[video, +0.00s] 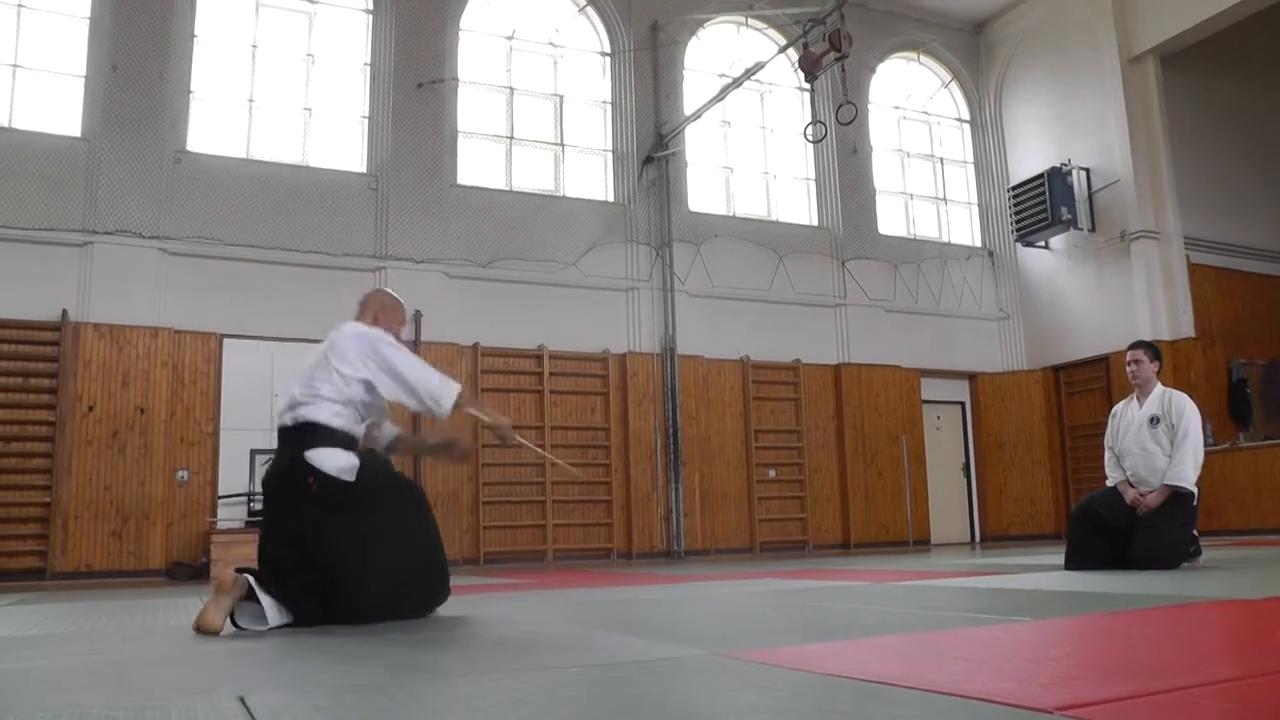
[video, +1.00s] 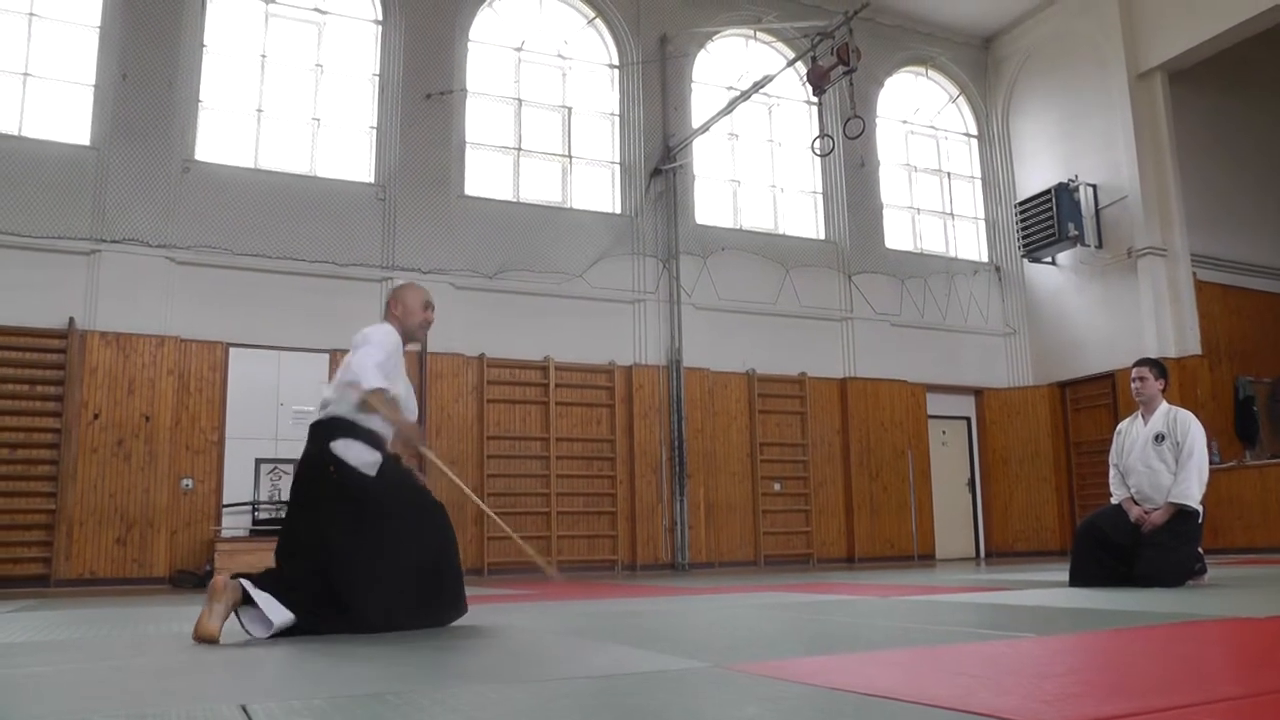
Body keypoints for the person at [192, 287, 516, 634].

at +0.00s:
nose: (400, 338)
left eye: (401, 330)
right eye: (397, 327)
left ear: (366, 317)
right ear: (377, 315)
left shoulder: (337, 352)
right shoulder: (363, 338)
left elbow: (379, 434)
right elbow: (431, 385)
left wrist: (433, 446)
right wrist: (492, 417)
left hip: (288, 467)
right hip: (326, 461)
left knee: (319, 592)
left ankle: (242, 593)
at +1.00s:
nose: (432, 317)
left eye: (432, 309)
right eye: (425, 307)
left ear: (398, 310)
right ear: (397, 307)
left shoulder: (386, 351)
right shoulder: (383, 335)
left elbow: (370, 415)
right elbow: (366, 381)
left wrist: (398, 454)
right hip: (345, 444)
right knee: (423, 514)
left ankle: (236, 592)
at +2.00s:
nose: (437, 263)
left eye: (438, 258)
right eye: (434, 255)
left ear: (400, 250)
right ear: (408, 246)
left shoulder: (360, 292)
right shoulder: (411, 278)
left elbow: (354, 353)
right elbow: (470, 306)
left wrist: (405, 388)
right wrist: (523, 329)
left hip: (341, 402)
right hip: (381, 405)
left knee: (312, 509)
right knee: (429, 510)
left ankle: (274, 612)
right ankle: (435, 619)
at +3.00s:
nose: (443, 370)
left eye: (447, 358)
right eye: (440, 362)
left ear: (478, 350)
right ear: (480, 353)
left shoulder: (494, 396)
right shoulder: (501, 385)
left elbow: (480, 479)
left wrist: (457, 519)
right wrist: (470, 455)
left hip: (543, 506)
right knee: (458, 542)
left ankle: (628, 609)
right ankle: (483, 632)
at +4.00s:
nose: (485, 260)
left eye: (485, 253)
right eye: (480, 252)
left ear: (460, 253)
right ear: (455, 251)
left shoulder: (486, 318)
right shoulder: (418, 295)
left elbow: (530, 360)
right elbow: (403, 359)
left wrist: (587, 368)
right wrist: (435, 396)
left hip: (480, 427)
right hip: (435, 426)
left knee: (487, 519)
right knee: (447, 528)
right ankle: (464, 638)